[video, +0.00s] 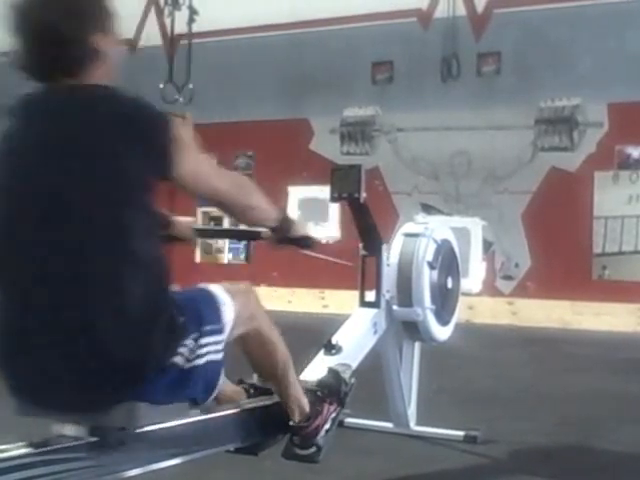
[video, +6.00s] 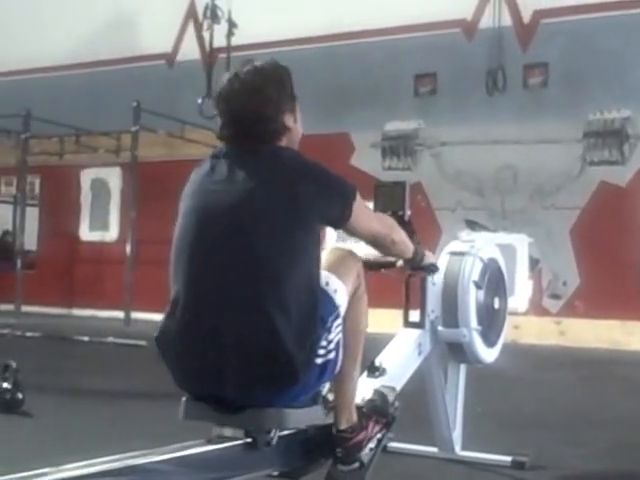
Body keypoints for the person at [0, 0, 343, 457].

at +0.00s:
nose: (120, 44)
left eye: (114, 33)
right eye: (113, 33)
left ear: (36, 50)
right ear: (97, 44)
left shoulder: (18, 122)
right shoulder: (129, 118)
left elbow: (70, 211)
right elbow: (234, 194)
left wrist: (164, 226)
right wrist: (282, 225)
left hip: (32, 370)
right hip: (119, 361)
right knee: (245, 303)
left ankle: (246, 407)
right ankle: (302, 413)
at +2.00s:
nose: (56, 58)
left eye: (54, 45)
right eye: (52, 45)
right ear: (29, 45)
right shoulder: (45, 129)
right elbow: (61, 267)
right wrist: (128, 249)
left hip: (8, 356)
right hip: (54, 358)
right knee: (234, 335)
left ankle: (251, 407)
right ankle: (307, 412)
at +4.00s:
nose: (215, 92)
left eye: (211, 79)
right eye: (210, 80)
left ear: (140, 91)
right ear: (194, 89)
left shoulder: (108, 158)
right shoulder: (227, 160)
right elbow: (319, 255)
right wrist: (332, 241)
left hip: (114, 371)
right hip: (192, 374)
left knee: (223, 269)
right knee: (300, 263)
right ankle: (319, 422)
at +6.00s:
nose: (300, 121)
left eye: (297, 111)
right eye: (297, 112)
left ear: (230, 123)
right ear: (286, 122)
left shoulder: (203, 175)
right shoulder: (300, 176)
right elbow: (383, 231)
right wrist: (411, 255)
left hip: (197, 377)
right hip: (275, 381)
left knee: (306, 235)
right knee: (349, 260)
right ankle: (347, 423)